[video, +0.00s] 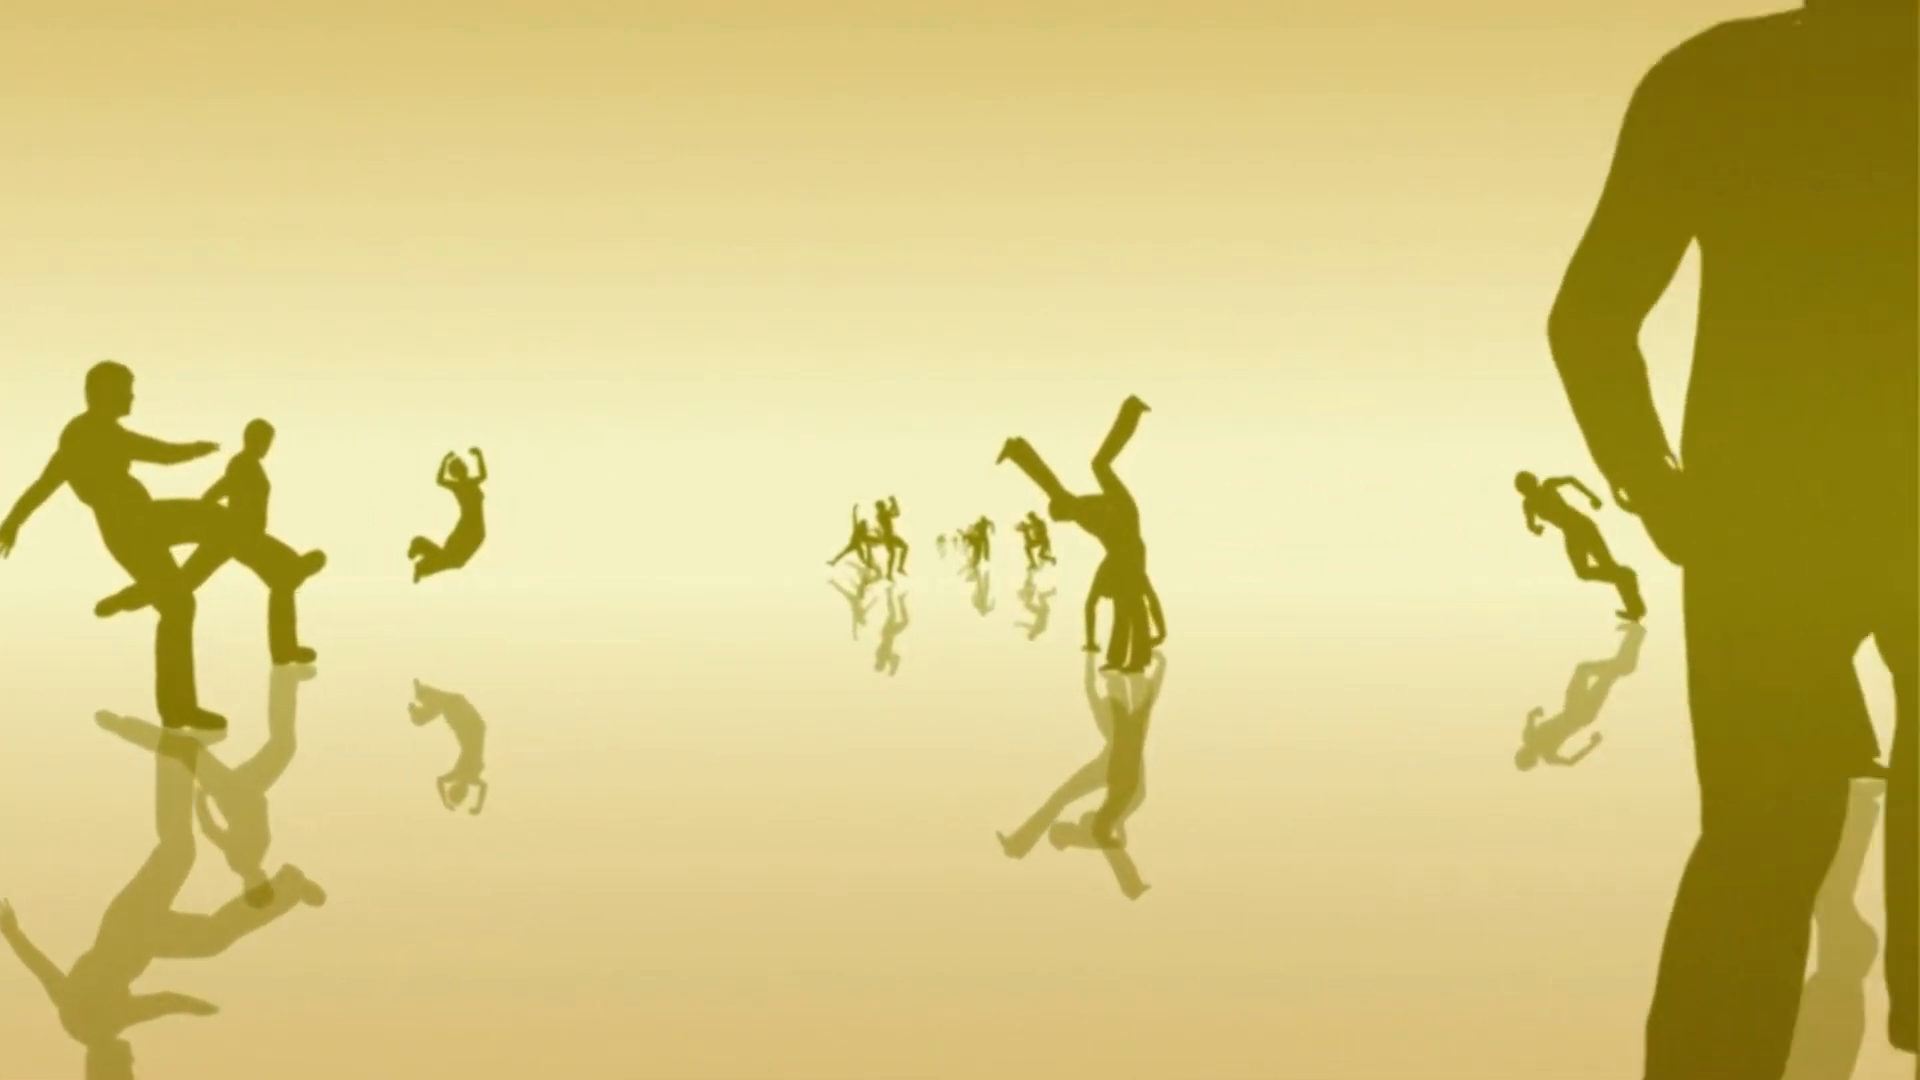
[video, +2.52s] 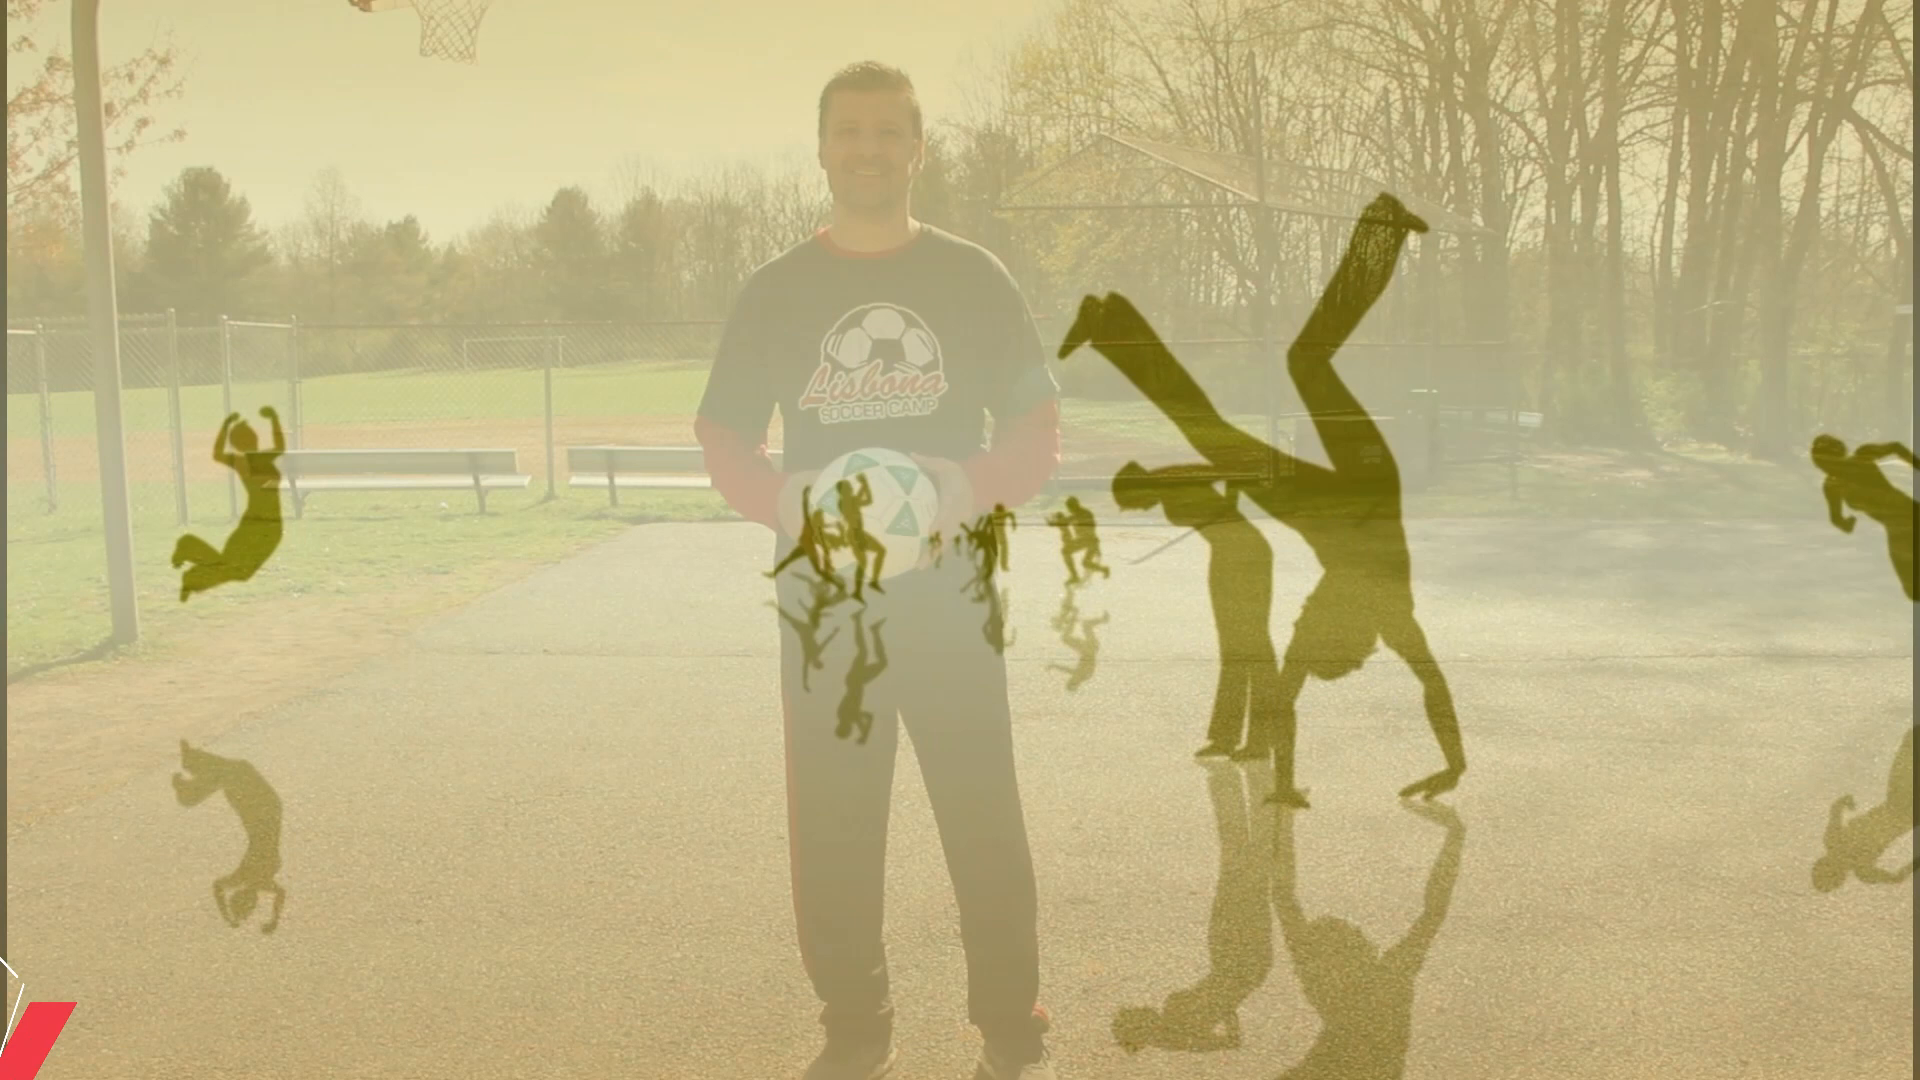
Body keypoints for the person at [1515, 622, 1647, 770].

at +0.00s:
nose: (1528, 761)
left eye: (1525, 761)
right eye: (1527, 763)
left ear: (1522, 752)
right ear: (1530, 762)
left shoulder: (1529, 739)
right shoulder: (1548, 756)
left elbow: (1529, 723)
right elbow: (1570, 762)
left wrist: (1533, 714)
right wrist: (1592, 745)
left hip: (1571, 707)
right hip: (1583, 716)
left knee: (1582, 670)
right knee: (1608, 679)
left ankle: (1617, 664)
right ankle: (1636, 635)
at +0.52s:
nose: (1573, 779)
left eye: (1569, 778)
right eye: (1571, 781)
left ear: (1565, 768)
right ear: (1573, 778)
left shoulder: (1572, 753)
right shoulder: (1592, 772)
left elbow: (1572, 735)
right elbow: (1616, 778)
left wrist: (1577, 726)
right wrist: (1639, 760)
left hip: (1617, 719)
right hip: (1631, 728)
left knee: (1628, 679)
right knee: (1657, 687)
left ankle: (1667, 674)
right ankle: (1685, 641)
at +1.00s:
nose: (1626, 798)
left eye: (1622, 797)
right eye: (1624, 800)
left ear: (1618, 787)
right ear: (1627, 798)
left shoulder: (1625, 770)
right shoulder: (1647, 792)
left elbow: (1626, 752)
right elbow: (1673, 799)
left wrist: (1631, 742)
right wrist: (1698, 780)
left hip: (1674, 735)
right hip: (1688, 744)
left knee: (1686, 691)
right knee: (1717, 701)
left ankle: (1728, 686)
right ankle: (1747, 650)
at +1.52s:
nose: (1685, 821)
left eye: (1680, 821)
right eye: (1682, 823)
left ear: (1675, 809)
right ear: (1684, 819)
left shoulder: (1681, 791)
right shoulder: (1706, 814)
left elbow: (1682, 768)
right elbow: (1733, 820)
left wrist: (1688, 759)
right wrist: (1761, 799)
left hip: (1734, 751)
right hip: (1750, 762)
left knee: (1747, 704)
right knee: (1784, 710)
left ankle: (1792, 698)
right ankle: (1815, 658)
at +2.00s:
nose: (1756, 847)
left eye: (1750, 846)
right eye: (1753, 850)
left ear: (1746, 834)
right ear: (1756, 847)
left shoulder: (1753, 815)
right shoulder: (1780, 842)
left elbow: (1755, 788)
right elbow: (1811, 848)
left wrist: (1762, 780)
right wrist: (1841, 824)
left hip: (1812, 772)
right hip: (1829, 785)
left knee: (1826, 720)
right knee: (1864, 729)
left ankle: (1879, 714)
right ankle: (1900, 670)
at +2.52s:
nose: (1837, 882)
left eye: (1830, 877)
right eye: (1833, 885)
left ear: (1826, 864)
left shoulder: (1832, 841)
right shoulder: (1865, 872)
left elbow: (1836, 809)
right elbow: (1896, 878)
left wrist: (1845, 801)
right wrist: (1915, 863)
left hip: (1897, 800)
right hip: (1910, 814)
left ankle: (1915, 729)